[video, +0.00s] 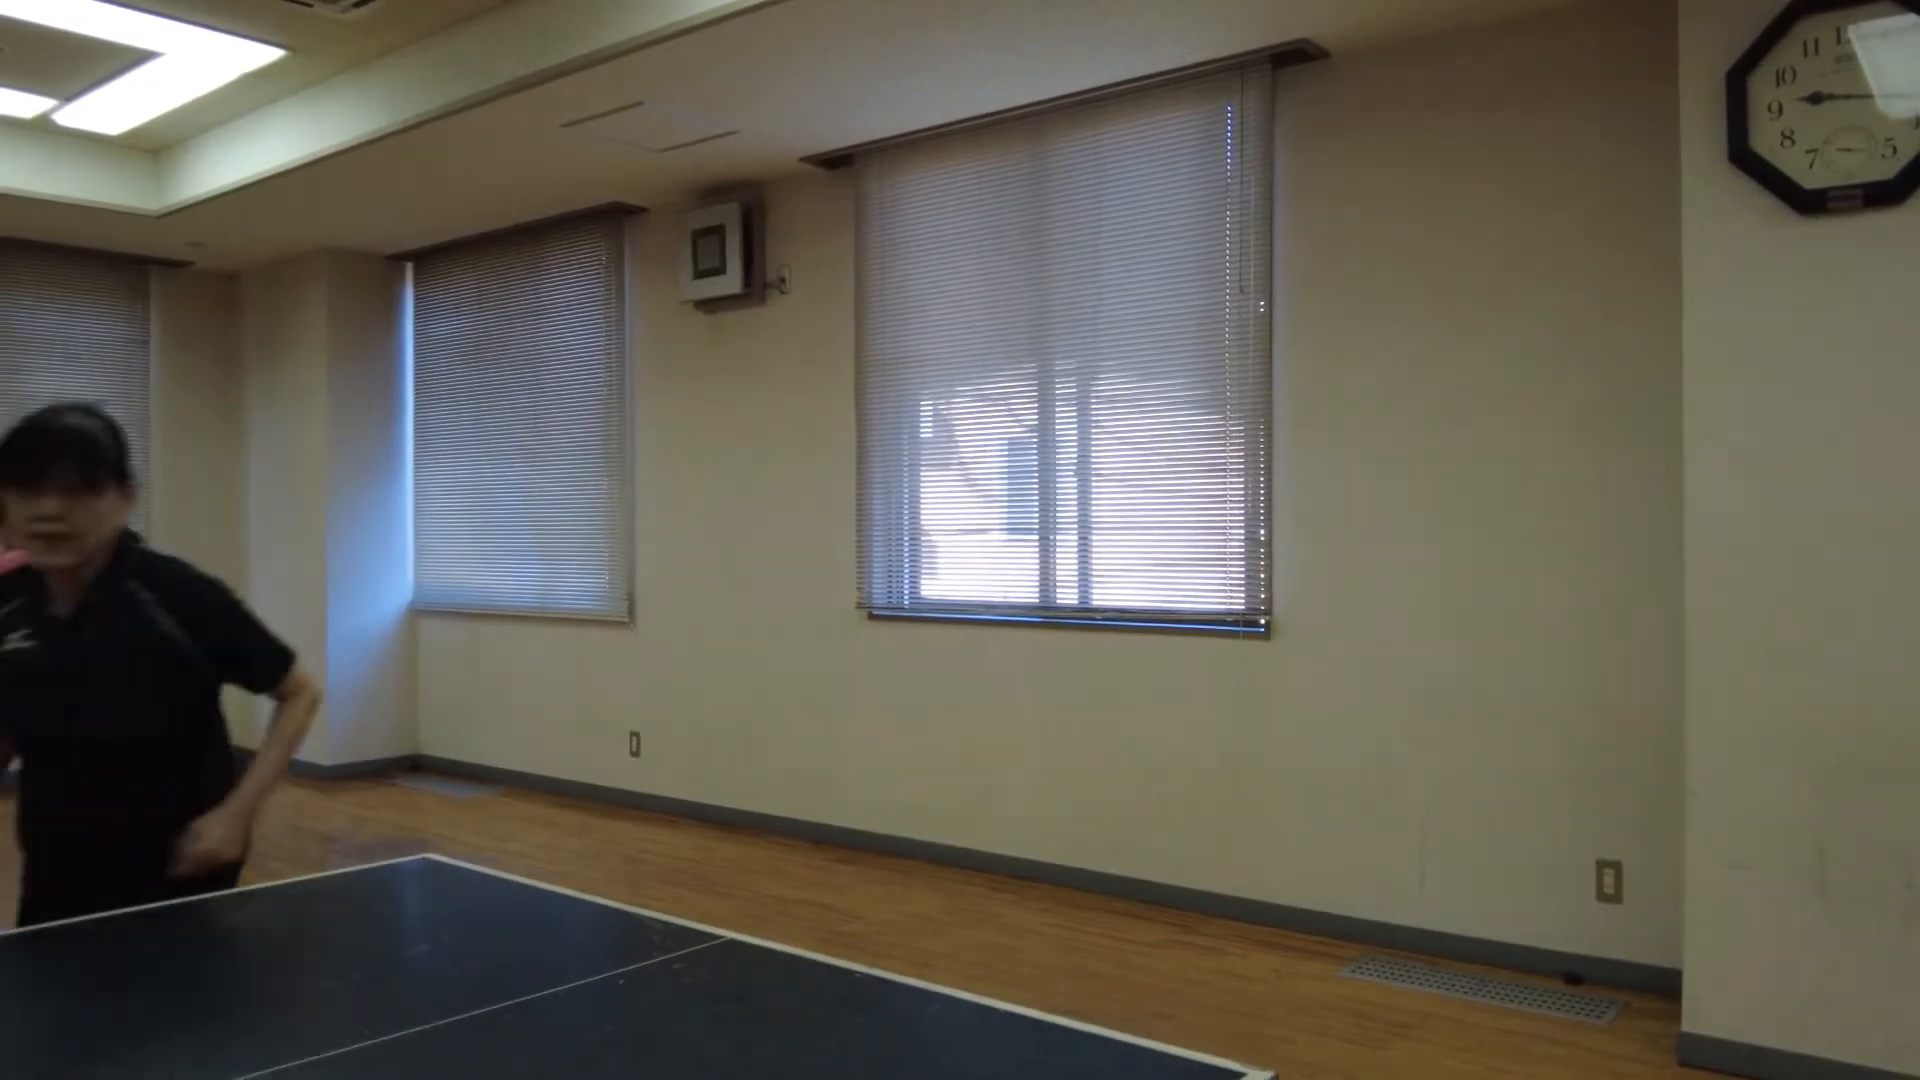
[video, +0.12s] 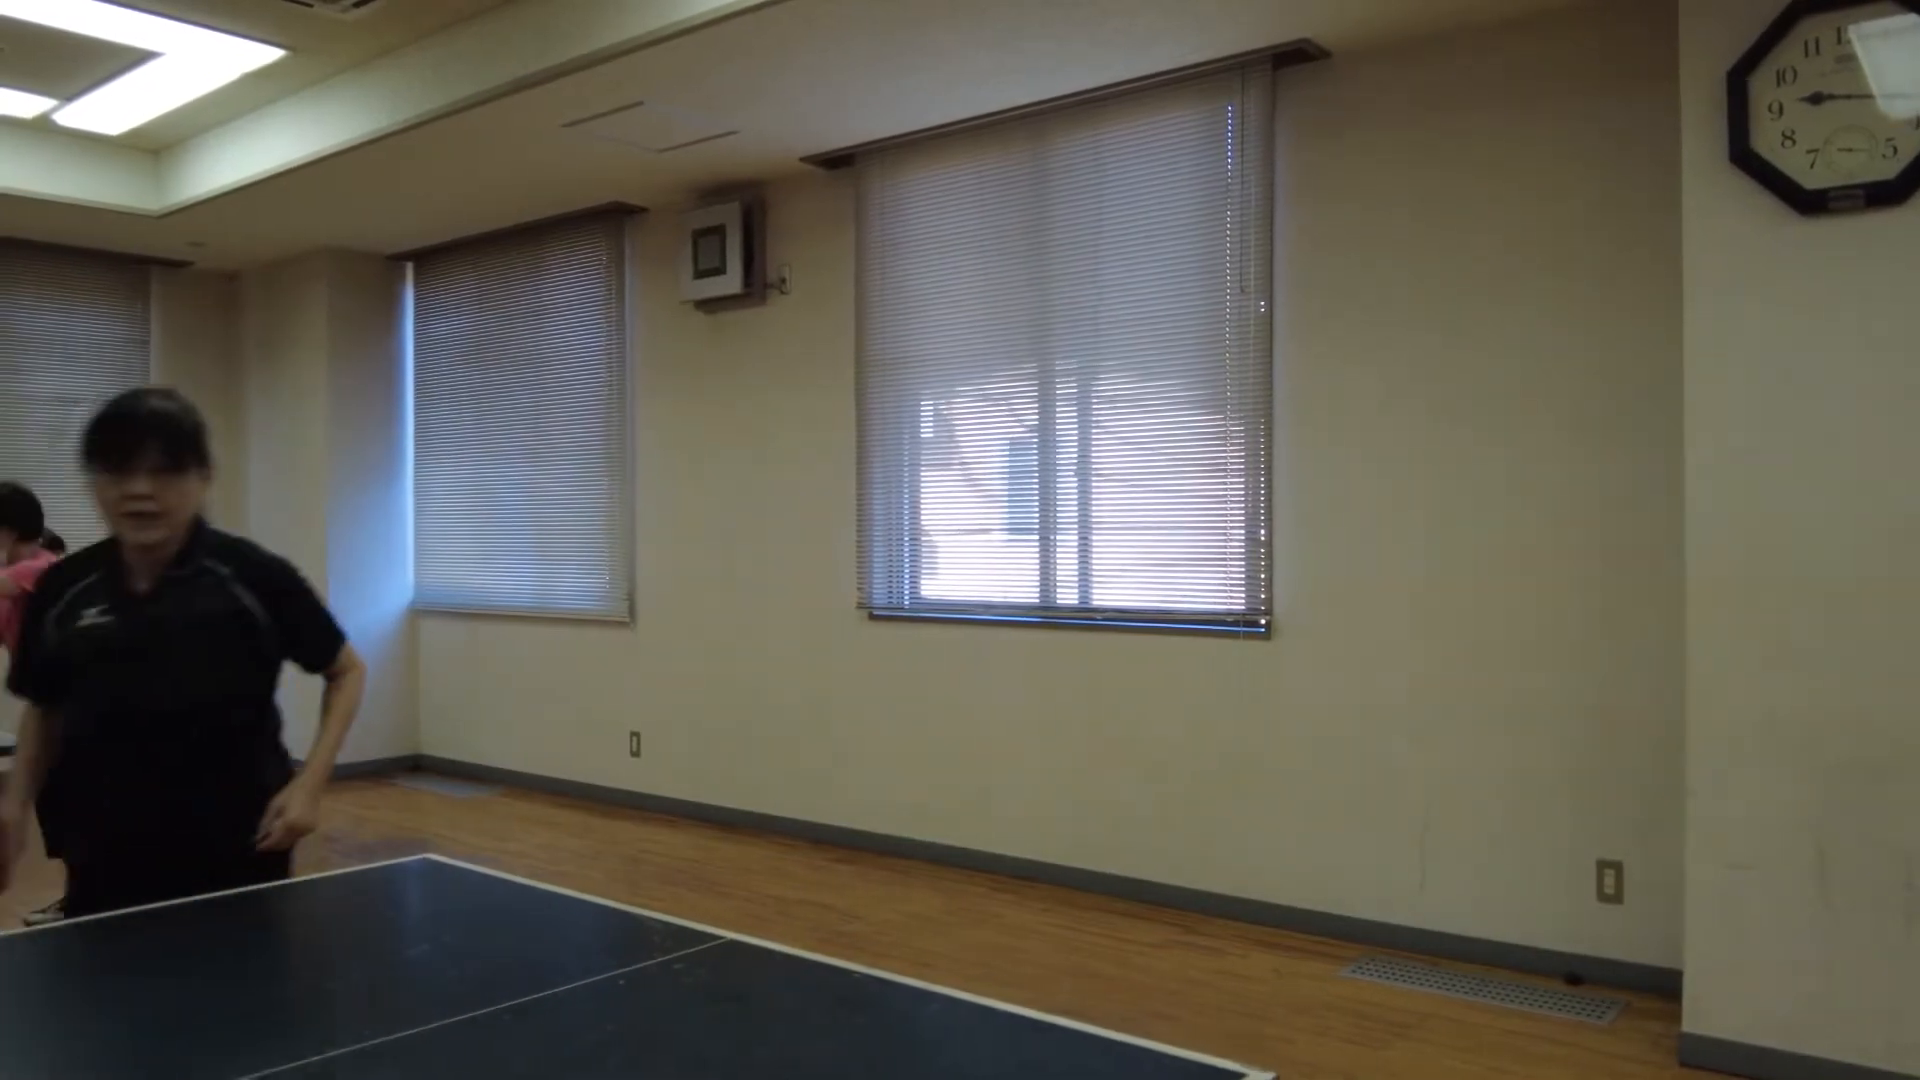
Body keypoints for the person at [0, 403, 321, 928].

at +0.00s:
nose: (49, 509)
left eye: (77, 489)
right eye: (29, 490)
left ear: (124, 499)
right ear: (4, 505)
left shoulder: (174, 594)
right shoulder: (12, 608)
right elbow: (12, 738)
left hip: (175, 894)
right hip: (58, 892)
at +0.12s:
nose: (140, 490)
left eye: (165, 472)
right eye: (119, 472)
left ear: (203, 481)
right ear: (94, 485)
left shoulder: (252, 578)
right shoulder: (63, 590)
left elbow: (347, 670)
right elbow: (42, 712)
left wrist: (312, 782)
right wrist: (17, 807)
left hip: (235, 872)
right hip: (110, 873)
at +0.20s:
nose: (201, 483)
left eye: (225, 464)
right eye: (181, 464)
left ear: (259, 475)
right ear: (153, 476)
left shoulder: (304, 574)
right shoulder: (117, 580)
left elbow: (378, 666)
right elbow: (78, 689)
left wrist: (345, 771)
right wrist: (78, 769)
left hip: (277, 856)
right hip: (152, 855)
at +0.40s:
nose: (368, 485)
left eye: (387, 469)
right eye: (347, 470)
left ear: (409, 483)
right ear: (316, 488)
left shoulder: (445, 578)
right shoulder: (275, 588)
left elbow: (472, 677)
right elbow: (214, 704)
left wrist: (463, 748)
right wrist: (280, 747)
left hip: (417, 843)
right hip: (302, 848)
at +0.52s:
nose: (455, 483)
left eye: (472, 466)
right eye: (433, 468)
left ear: (491, 478)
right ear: (398, 482)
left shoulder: (507, 570)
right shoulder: (362, 584)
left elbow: (517, 679)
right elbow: (307, 713)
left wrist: (543, 726)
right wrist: (426, 740)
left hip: (488, 824)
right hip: (385, 833)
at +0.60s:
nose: (498, 476)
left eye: (514, 459)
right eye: (475, 460)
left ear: (532, 468)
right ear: (438, 472)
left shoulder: (541, 558)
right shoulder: (405, 573)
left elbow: (548, 655)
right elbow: (358, 706)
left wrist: (579, 705)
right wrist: (487, 718)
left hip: (513, 809)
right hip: (419, 816)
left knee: (520, 951)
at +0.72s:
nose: (548, 475)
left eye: (563, 457)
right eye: (525, 459)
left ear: (583, 466)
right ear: (490, 472)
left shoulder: (589, 557)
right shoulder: (457, 569)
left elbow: (586, 659)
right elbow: (413, 703)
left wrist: (629, 680)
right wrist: (547, 698)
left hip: (550, 804)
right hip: (464, 809)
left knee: (546, 949)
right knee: (472, 957)